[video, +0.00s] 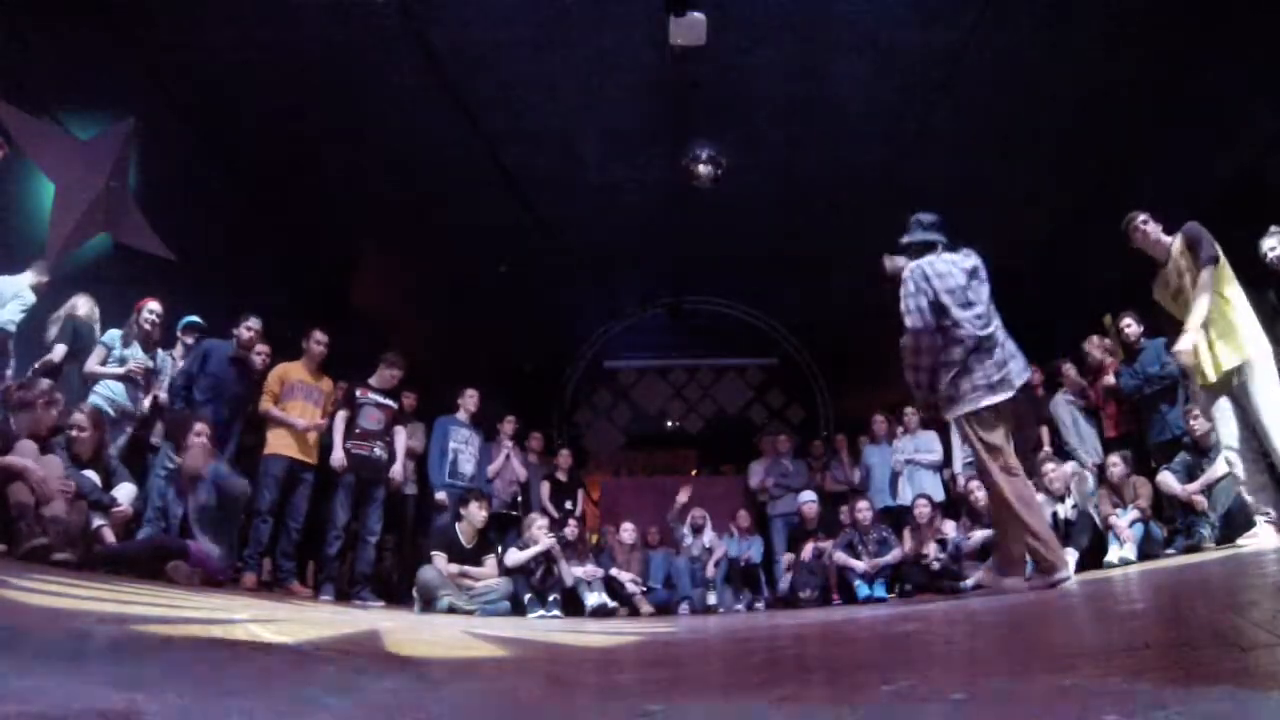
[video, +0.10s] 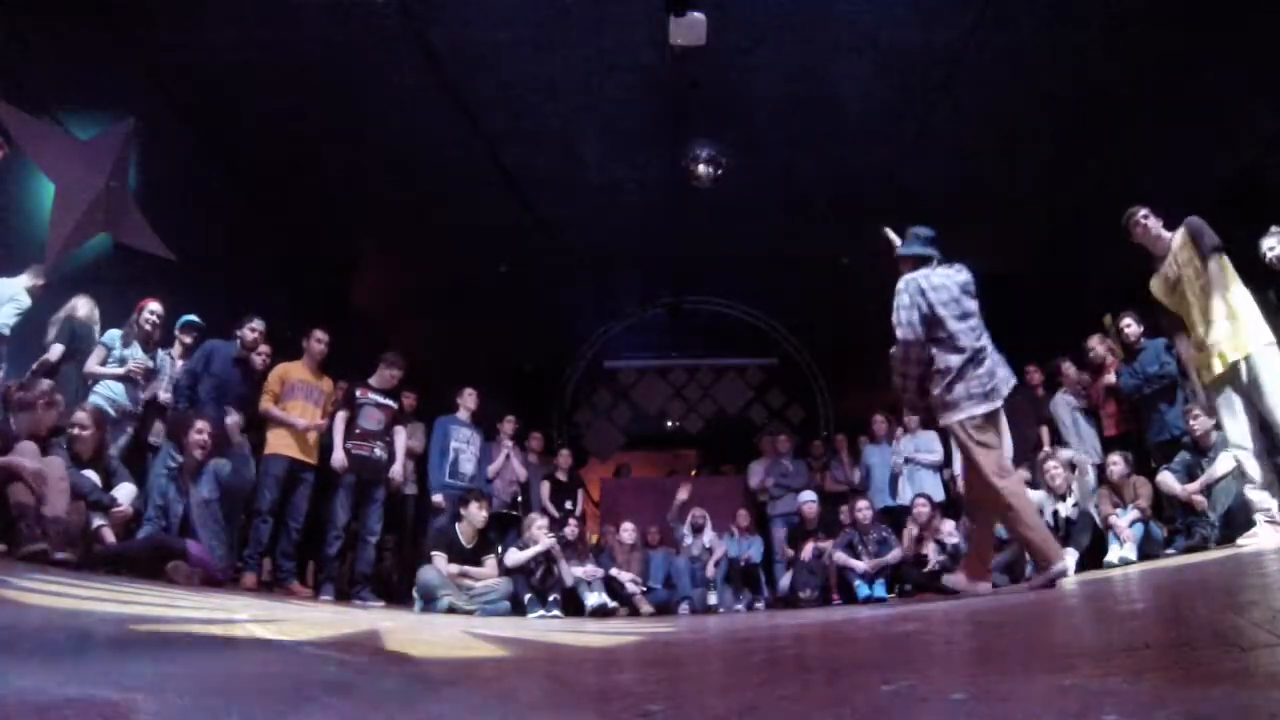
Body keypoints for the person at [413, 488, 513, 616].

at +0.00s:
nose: (485, 514)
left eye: (486, 509)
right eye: (479, 508)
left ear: (489, 511)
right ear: (463, 510)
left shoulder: (485, 538)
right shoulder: (443, 532)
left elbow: (493, 572)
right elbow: (441, 569)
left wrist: (462, 569)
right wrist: (474, 584)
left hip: (477, 590)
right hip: (448, 588)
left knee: (506, 584)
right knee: (426, 573)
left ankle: (454, 605)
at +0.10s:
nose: (485, 514)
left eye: (486, 510)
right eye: (479, 509)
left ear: (489, 511)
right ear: (463, 510)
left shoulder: (485, 538)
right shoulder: (443, 533)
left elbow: (492, 572)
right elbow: (442, 570)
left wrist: (462, 569)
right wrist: (474, 584)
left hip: (477, 590)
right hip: (448, 588)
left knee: (506, 585)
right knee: (426, 574)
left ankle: (451, 605)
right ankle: (472, 608)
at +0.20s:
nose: (485, 514)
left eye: (486, 509)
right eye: (479, 508)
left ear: (489, 511)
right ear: (463, 510)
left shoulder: (485, 538)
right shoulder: (443, 533)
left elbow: (493, 572)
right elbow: (441, 571)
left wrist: (461, 569)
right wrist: (475, 584)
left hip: (476, 590)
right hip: (448, 588)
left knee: (506, 585)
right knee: (426, 573)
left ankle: (452, 605)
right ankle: (472, 608)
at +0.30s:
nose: (485, 514)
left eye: (486, 509)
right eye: (479, 508)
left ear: (489, 511)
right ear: (463, 510)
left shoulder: (485, 538)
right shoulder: (443, 532)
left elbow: (493, 572)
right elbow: (442, 571)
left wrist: (461, 568)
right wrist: (475, 584)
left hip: (477, 590)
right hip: (448, 588)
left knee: (506, 585)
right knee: (426, 573)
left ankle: (455, 604)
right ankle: (474, 608)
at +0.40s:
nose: (485, 514)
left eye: (486, 509)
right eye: (479, 508)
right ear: (463, 510)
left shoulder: (485, 538)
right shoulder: (443, 533)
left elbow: (493, 572)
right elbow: (442, 571)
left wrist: (461, 568)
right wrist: (475, 584)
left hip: (477, 590)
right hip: (448, 588)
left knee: (506, 585)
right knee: (426, 573)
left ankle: (453, 604)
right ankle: (475, 609)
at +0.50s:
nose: (485, 514)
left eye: (486, 509)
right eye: (479, 508)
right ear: (463, 510)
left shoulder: (485, 539)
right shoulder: (444, 534)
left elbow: (493, 572)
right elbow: (442, 572)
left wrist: (462, 569)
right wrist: (475, 584)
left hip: (476, 590)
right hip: (448, 588)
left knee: (506, 585)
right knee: (426, 573)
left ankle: (453, 604)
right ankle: (475, 608)